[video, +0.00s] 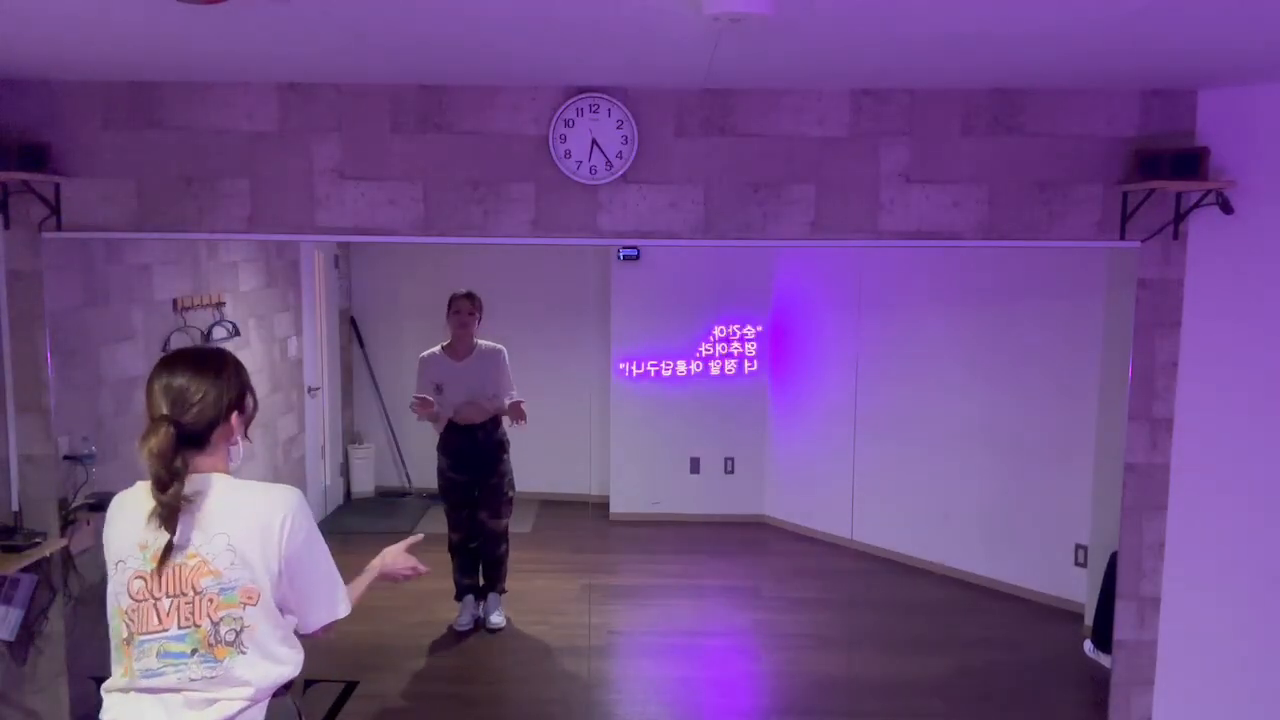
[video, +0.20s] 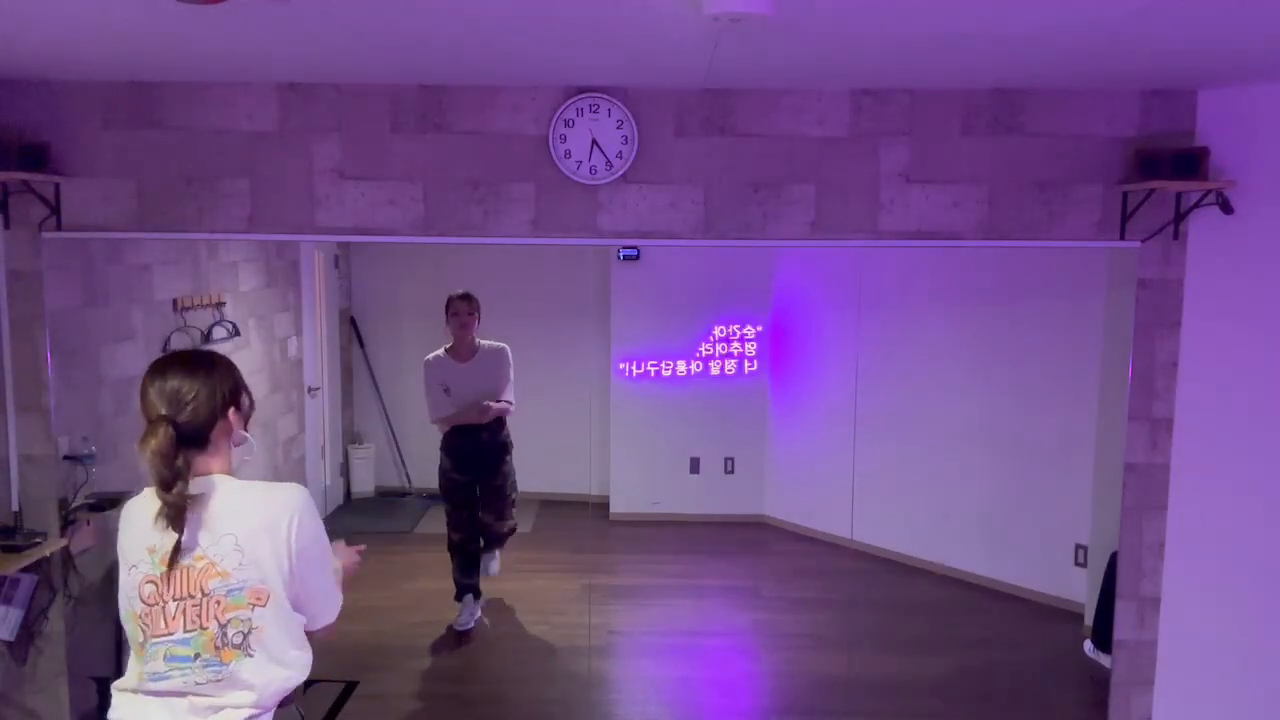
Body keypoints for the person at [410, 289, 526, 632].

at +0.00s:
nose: (463, 319)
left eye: (469, 313)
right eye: (456, 313)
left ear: (479, 318)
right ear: (447, 318)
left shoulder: (495, 354)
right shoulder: (429, 361)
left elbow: (507, 401)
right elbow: (429, 412)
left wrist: (512, 408)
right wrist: (427, 410)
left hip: (491, 445)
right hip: (453, 447)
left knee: (494, 523)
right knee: (459, 526)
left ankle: (494, 599)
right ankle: (467, 600)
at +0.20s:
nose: (462, 320)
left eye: (468, 314)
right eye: (455, 315)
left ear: (478, 319)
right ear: (446, 321)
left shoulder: (498, 353)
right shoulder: (434, 363)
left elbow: (507, 404)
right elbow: (437, 416)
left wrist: (489, 409)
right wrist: (474, 413)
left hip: (494, 442)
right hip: (457, 446)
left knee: (500, 519)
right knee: (459, 524)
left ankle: (490, 548)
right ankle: (468, 597)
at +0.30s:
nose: (463, 321)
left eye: (468, 314)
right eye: (456, 316)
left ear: (479, 317)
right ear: (447, 321)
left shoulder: (502, 352)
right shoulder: (438, 362)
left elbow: (517, 401)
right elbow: (444, 416)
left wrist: (506, 424)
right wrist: (484, 432)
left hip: (499, 446)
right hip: (461, 448)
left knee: (501, 529)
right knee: (462, 529)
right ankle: (468, 601)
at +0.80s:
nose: (516, 367)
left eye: (521, 360)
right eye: (509, 361)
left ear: (529, 360)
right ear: (500, 364)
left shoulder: (532, 379)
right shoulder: (505, 407)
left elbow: (533, 416)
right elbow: (520, 464)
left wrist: (557, 420)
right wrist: (561, 484)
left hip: (539, 472)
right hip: (510, 480)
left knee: (599, 527)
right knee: (493, 545)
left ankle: (613, 592)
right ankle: (470, 607)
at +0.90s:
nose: (532, 389)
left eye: (536, 382)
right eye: (524, 383)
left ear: (542, 382)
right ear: (514, 387)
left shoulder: (544, 399)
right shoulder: (515, 428)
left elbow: (544, 428)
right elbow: (529, 485)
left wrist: (573, 421)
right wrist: (582, 487)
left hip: (554, 488)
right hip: (521, 500)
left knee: (621, 530)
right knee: (493, 559)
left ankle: (618, 596)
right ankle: (470, 608)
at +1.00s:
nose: (538, 407)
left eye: (543, 400)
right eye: (531, 400)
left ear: (551, 399)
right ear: (521, 401)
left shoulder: (552, 412)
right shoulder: (519, 444)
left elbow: (558, 437)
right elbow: (534, 499)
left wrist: (591, 422)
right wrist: (583, 484)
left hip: (564, 503)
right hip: (528, 512)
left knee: (633, 533)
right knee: (489, 567)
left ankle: (618, 597)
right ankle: (471, 607)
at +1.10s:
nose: (544, 415)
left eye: (548, 408)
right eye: (536, 409)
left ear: (554, 407)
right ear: (525, 410)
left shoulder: (559, 416)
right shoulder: (519, 449)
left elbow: (572, 433)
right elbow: (533, 499)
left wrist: (605, 421)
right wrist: (573, 479)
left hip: (568, 505)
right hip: (531, 513)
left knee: (636, 537)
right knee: (488, 566)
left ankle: (618, 596)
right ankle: (471, 607)